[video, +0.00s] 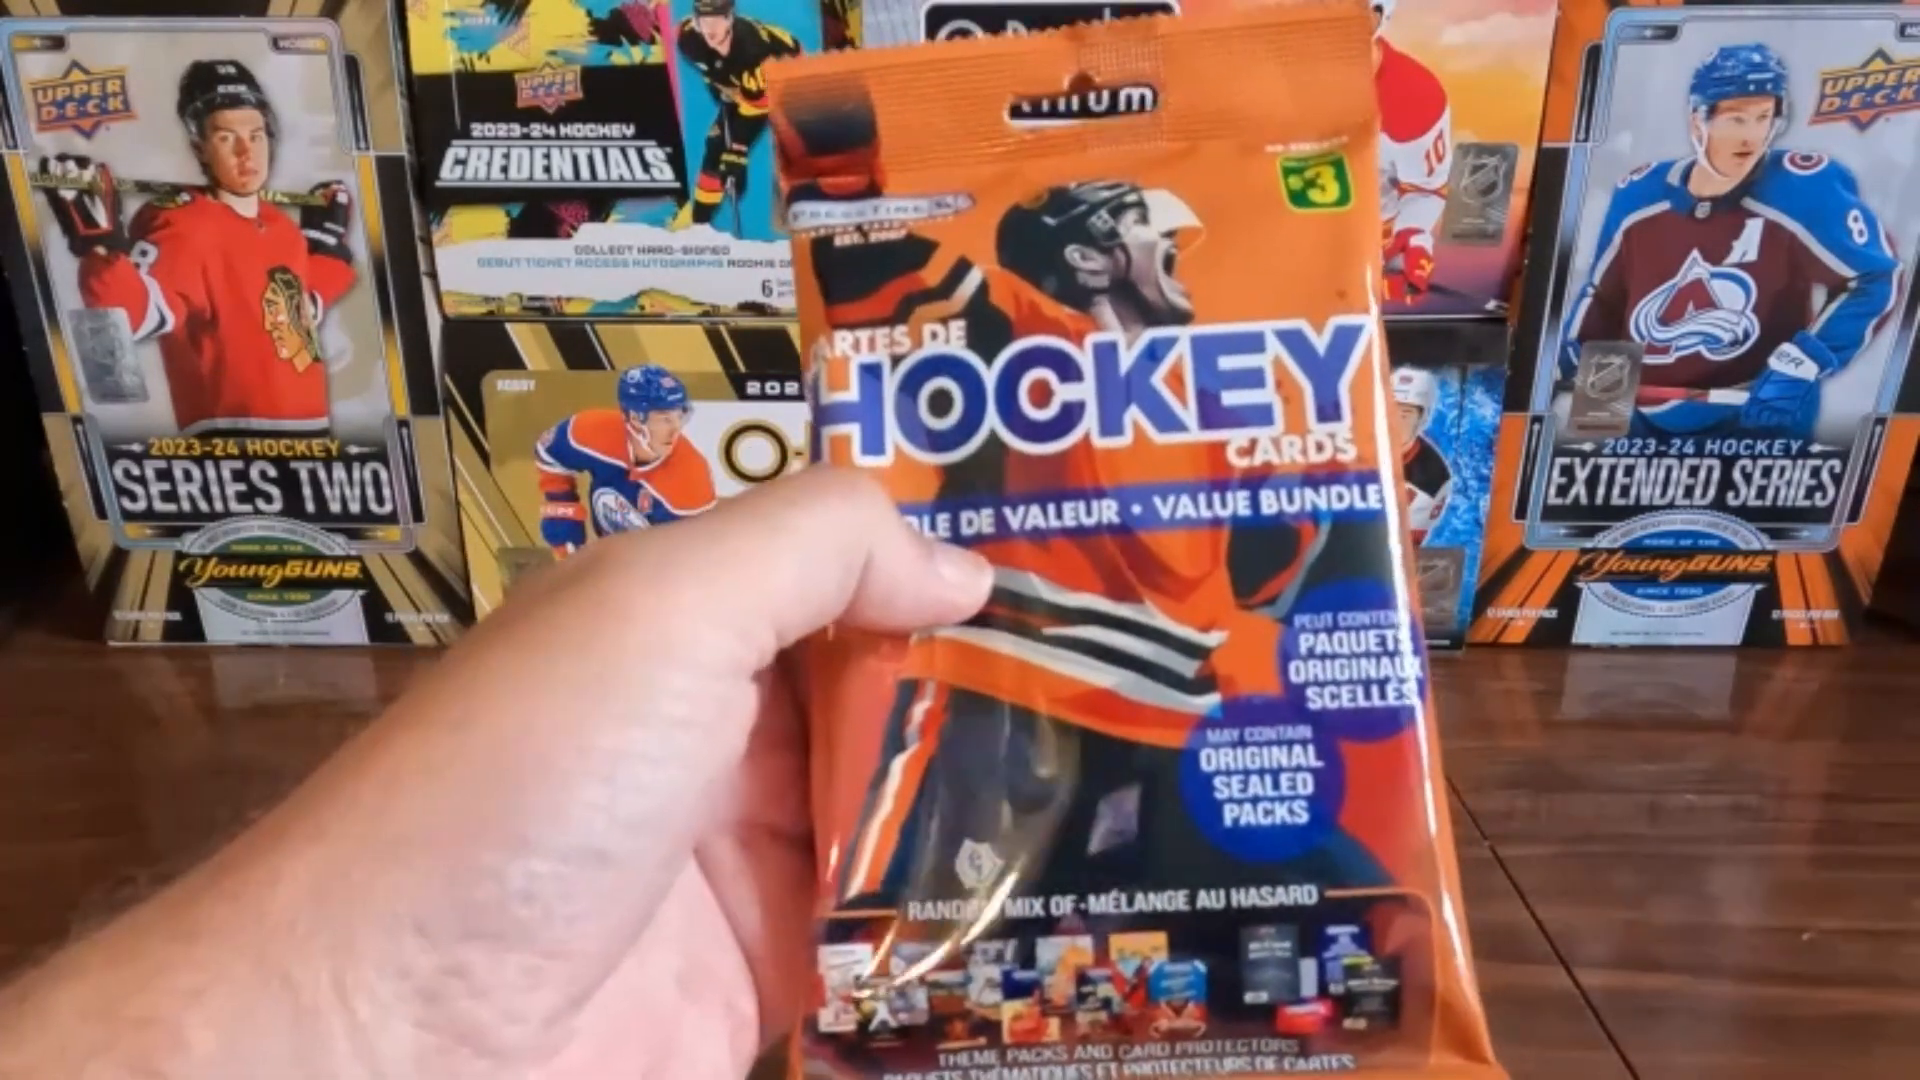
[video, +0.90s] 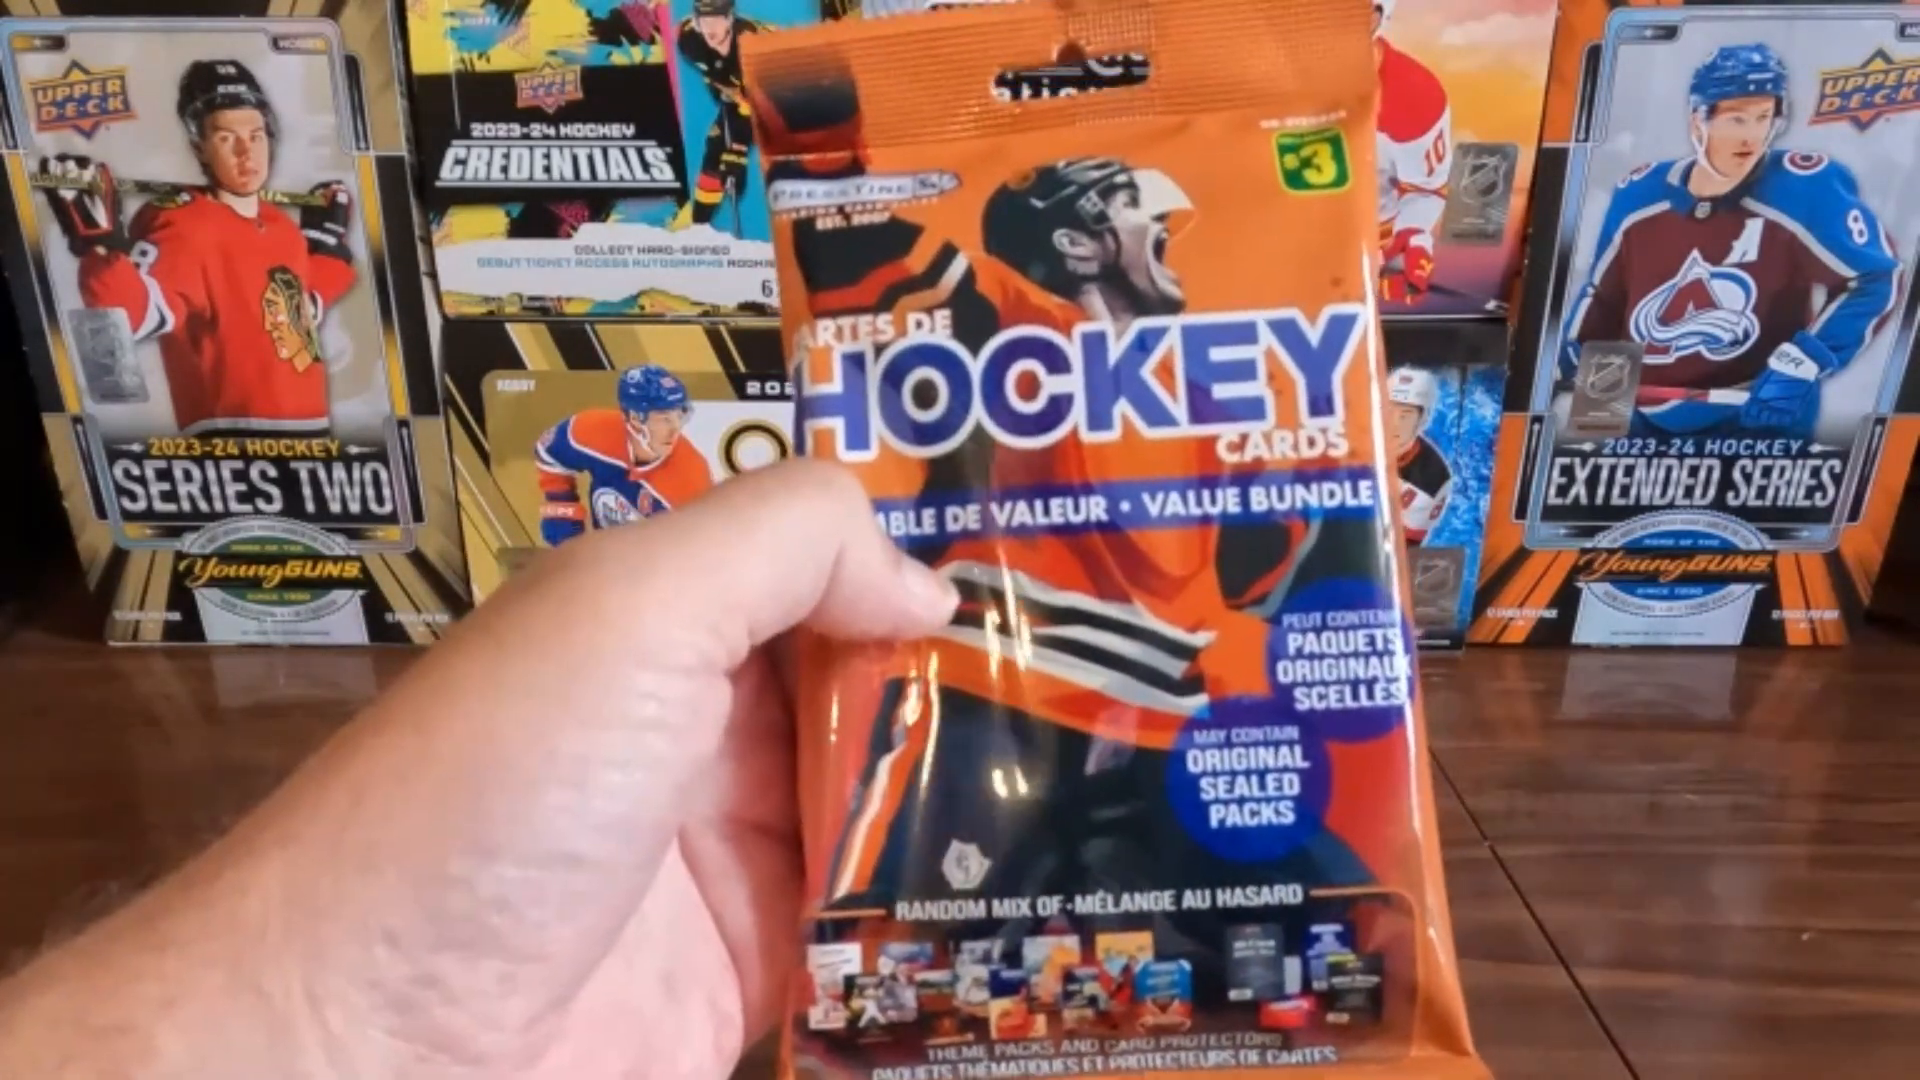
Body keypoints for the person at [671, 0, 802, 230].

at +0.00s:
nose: (710, 30)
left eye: (716, 22)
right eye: (704, 22)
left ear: (729, 19)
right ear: (695, 21)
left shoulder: (750, 48)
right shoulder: (688, 37)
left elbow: (755, 107)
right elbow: (711, 72)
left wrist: (737, 153)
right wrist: (729, 91)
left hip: (788, 83)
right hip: (738, 94)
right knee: (716, 148)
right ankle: (700, 221)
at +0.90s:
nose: (709, 30)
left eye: (716, 22)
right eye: (704, 22)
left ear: (729, 19)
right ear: (696, 21)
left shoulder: (753, 37)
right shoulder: (688, 38)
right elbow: (712, 76)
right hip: (731, 103)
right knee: (716, 152)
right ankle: (699, 221)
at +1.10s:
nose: (711, 33)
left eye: (717, 26)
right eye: (705, 26)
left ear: (730, 19)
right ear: (696, 21)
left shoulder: (754, 36)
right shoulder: (688, 39)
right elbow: (710, 73)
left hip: (762, 109)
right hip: (728, 109)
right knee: (714, 160)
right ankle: (700, 221)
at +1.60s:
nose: (710, 30)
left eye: (716, 22)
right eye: (704, 22)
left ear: (730, 18)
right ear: (696, 20)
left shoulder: (752, 35)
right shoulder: (688, 39)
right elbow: (710, 73)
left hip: (761, 111)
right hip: (727, 111)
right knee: (714, 161)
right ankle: (700, 220)